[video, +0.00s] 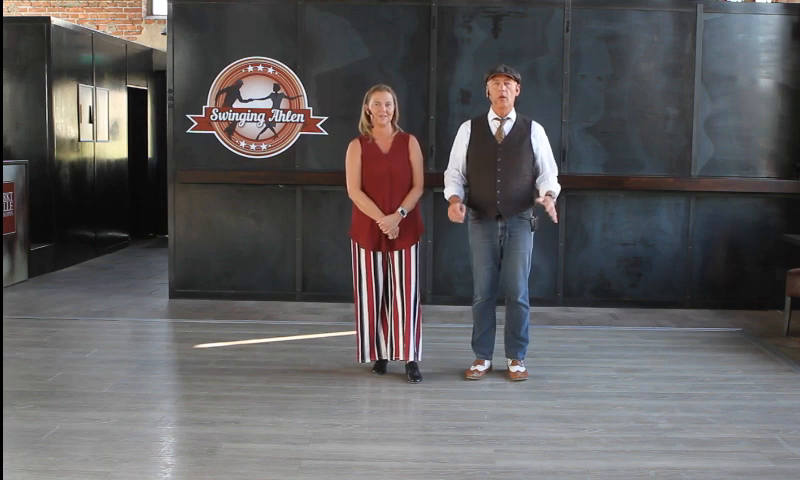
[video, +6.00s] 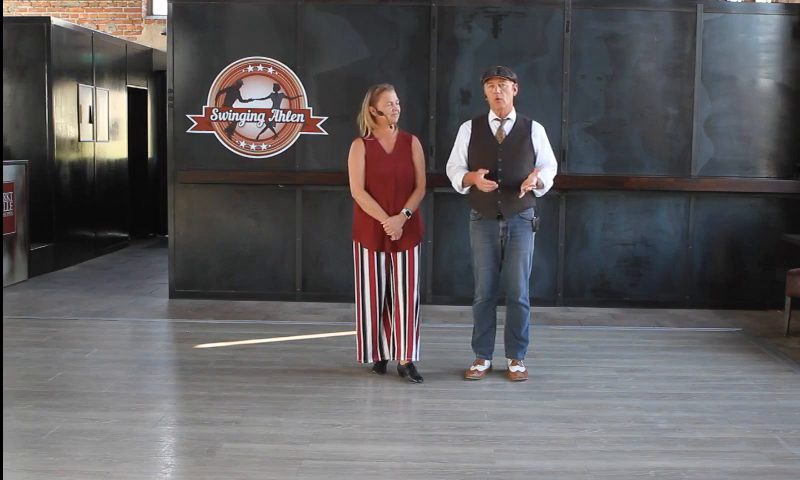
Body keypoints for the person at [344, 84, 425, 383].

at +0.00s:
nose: (383, 109)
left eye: (387, 104)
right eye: (377, 104)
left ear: (395, 108)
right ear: (368, 108)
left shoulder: (410, 143)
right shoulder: (356, 146)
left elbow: (419, 186)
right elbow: (353, 190)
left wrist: (397, 215)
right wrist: (384, 220)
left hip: (404, 230)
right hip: (368, 231)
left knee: (407, 294)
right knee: (372, 294)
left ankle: (411, 358)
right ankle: (379, 355)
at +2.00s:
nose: (387, 110)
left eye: (393, 105)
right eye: (383, 104)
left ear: (399, 110)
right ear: (373, 106)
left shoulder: (410, 143)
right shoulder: (357, 144)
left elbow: (419, 186)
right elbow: (354, 189)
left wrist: (398, 216)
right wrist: (385, 220)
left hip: (405, 229)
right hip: (369, 230)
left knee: (408, 294)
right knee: (373, 295)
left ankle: (412, 357)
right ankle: (378, 355)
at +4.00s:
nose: (389, 110)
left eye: (394, 105)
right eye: (384, 104)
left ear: (400, 110)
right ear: (374, 107)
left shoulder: (412, 143)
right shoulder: (360, 144)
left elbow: (420, 187)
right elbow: (357, 190)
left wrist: (401, 216)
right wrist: (389, 220)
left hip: (406, 230)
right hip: (371, 231)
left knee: (406, 295)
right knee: (374, 295)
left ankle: (406, 359)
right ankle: (379, 356)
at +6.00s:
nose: (396, 108)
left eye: (397, 103)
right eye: (389, 104)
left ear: (399, 107)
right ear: (373, 110)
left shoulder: (412, 143)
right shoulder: (360, 145)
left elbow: (421, 187)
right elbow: (357, 191)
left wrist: (402, 216)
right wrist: (388, 220)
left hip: (406, 230)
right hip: (371, 231)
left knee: (407, 295)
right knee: (374, 295)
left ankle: (406, 359)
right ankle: (378, 355)